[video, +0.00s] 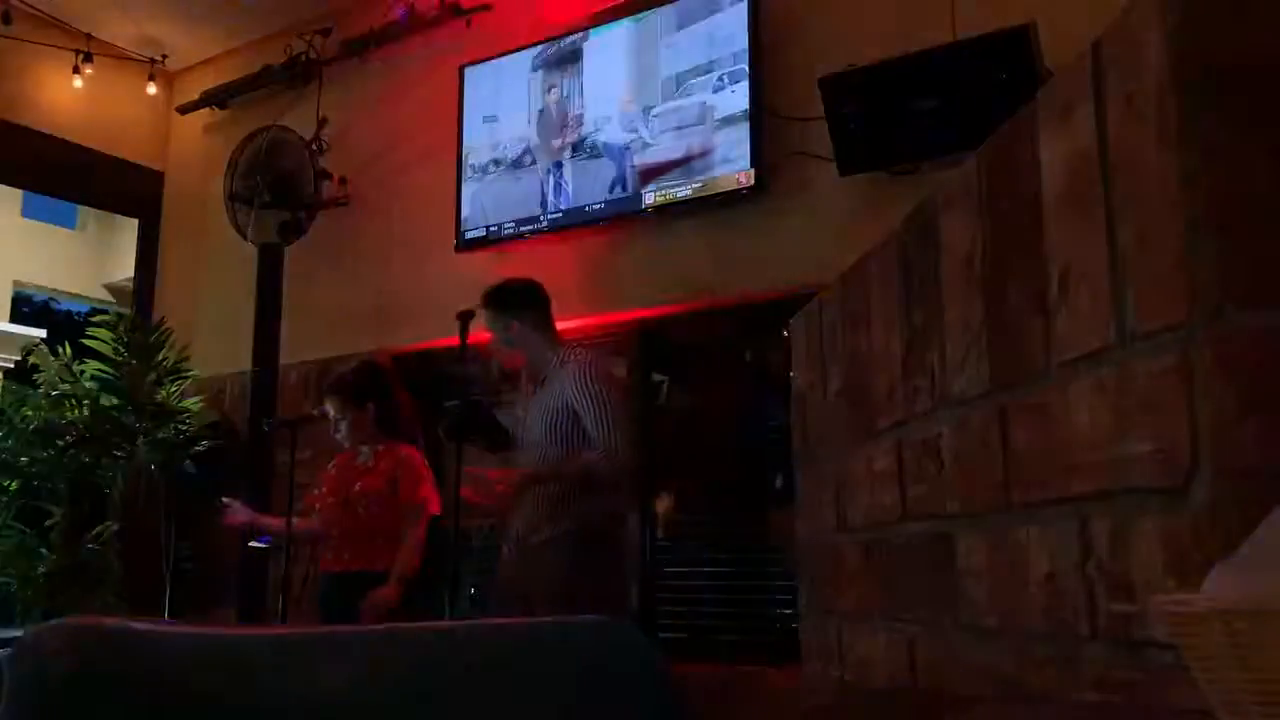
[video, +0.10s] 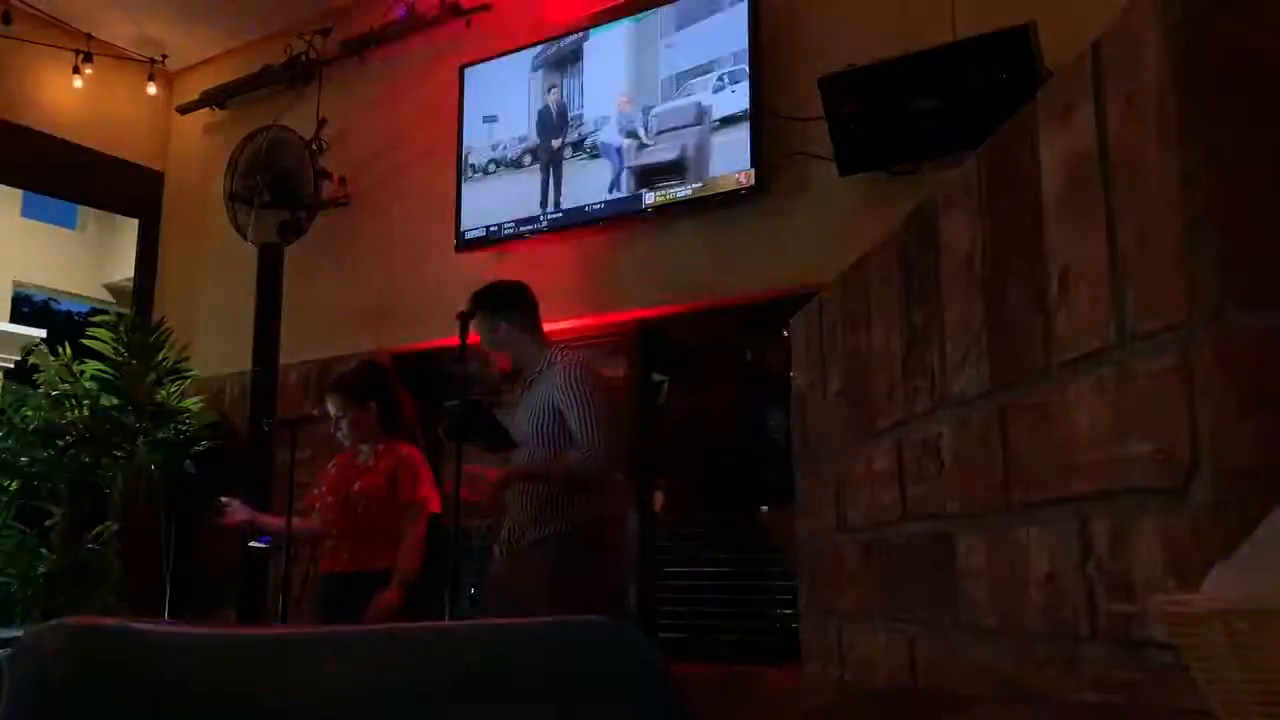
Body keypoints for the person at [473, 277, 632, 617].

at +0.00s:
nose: (494, 343)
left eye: (494, 331)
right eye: (492, 332)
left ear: (515, 328)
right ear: (518, 327)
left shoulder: (580, 371)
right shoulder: (533, 379)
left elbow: (614, 456)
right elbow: (536, 454)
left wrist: (532, 476)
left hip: (578, 541)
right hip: (538, 541)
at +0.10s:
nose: (485, 350)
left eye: (485, 338)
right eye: (481, 339)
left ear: (504, 329)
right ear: (506, 329)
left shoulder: (568, 372)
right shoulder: (532, 382)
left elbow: (594, 458)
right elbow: (536, 457)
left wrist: (512, 472)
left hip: (563, 544)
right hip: (528, 543)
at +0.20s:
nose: (468, 341)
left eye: (469, 329)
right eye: (466, 331)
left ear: (494, 328)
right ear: (498, 328)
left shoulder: (560, 374)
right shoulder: (518, 386)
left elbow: (584, 460)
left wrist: (500, 466)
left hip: (556, 547)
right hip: (518, 549)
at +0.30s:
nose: (464, 343)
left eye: (465, 331)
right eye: (461, 333)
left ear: (491, 326)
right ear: (493, 327)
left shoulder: (552, 375)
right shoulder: (506, 390)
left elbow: (578, 458)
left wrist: (494, 464)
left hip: (550, 545)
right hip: (509, 547)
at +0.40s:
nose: (456, 348)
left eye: (458, 335)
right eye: (452, 340)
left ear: (488, 324)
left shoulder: (548, 374)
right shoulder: (489, 397)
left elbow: (580, 449)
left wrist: (492, 468)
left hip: (546, 541)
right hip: (496, 545)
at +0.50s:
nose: (450, 345)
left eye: (455, 331)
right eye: (444, 338)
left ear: (487, 325)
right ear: (445, 343)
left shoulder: (542, 372)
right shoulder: (473, 400)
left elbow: (589, 434)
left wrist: (518, 479)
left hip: (551, 541)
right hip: (494, 546)